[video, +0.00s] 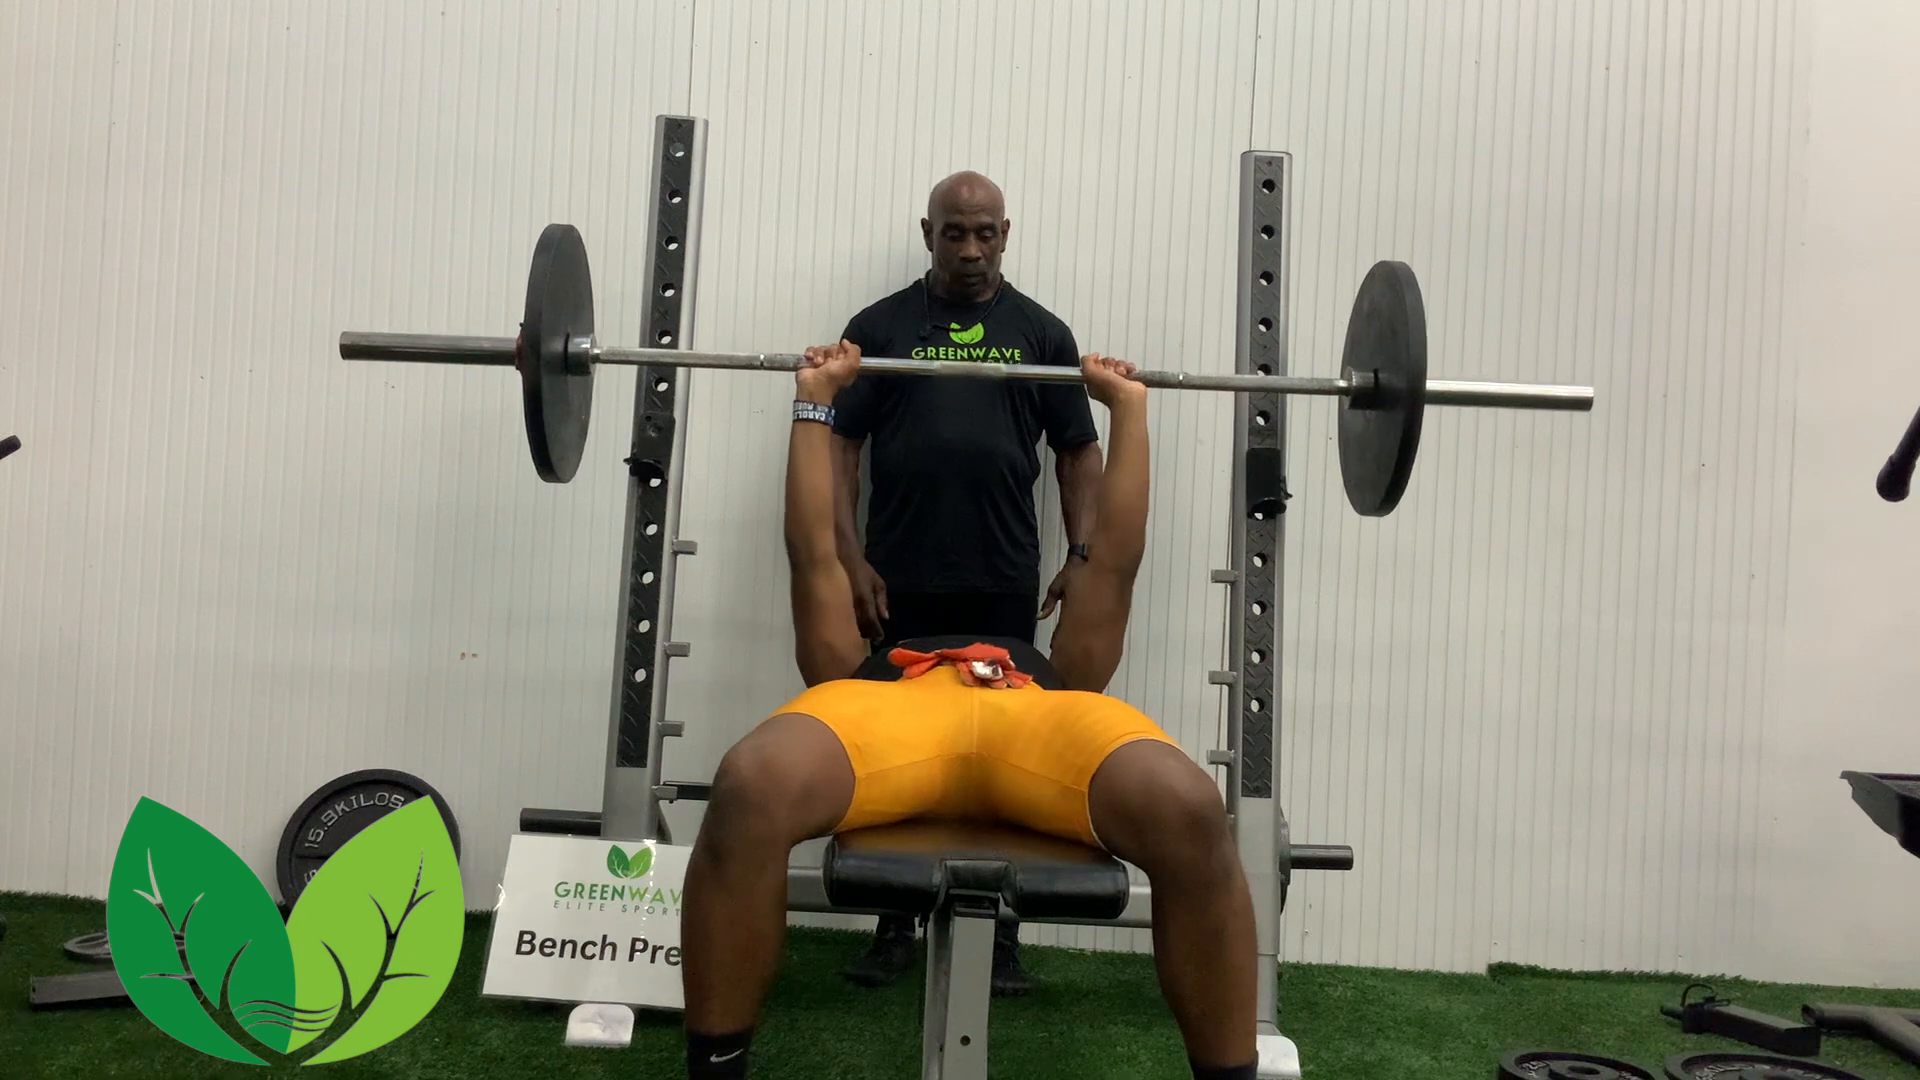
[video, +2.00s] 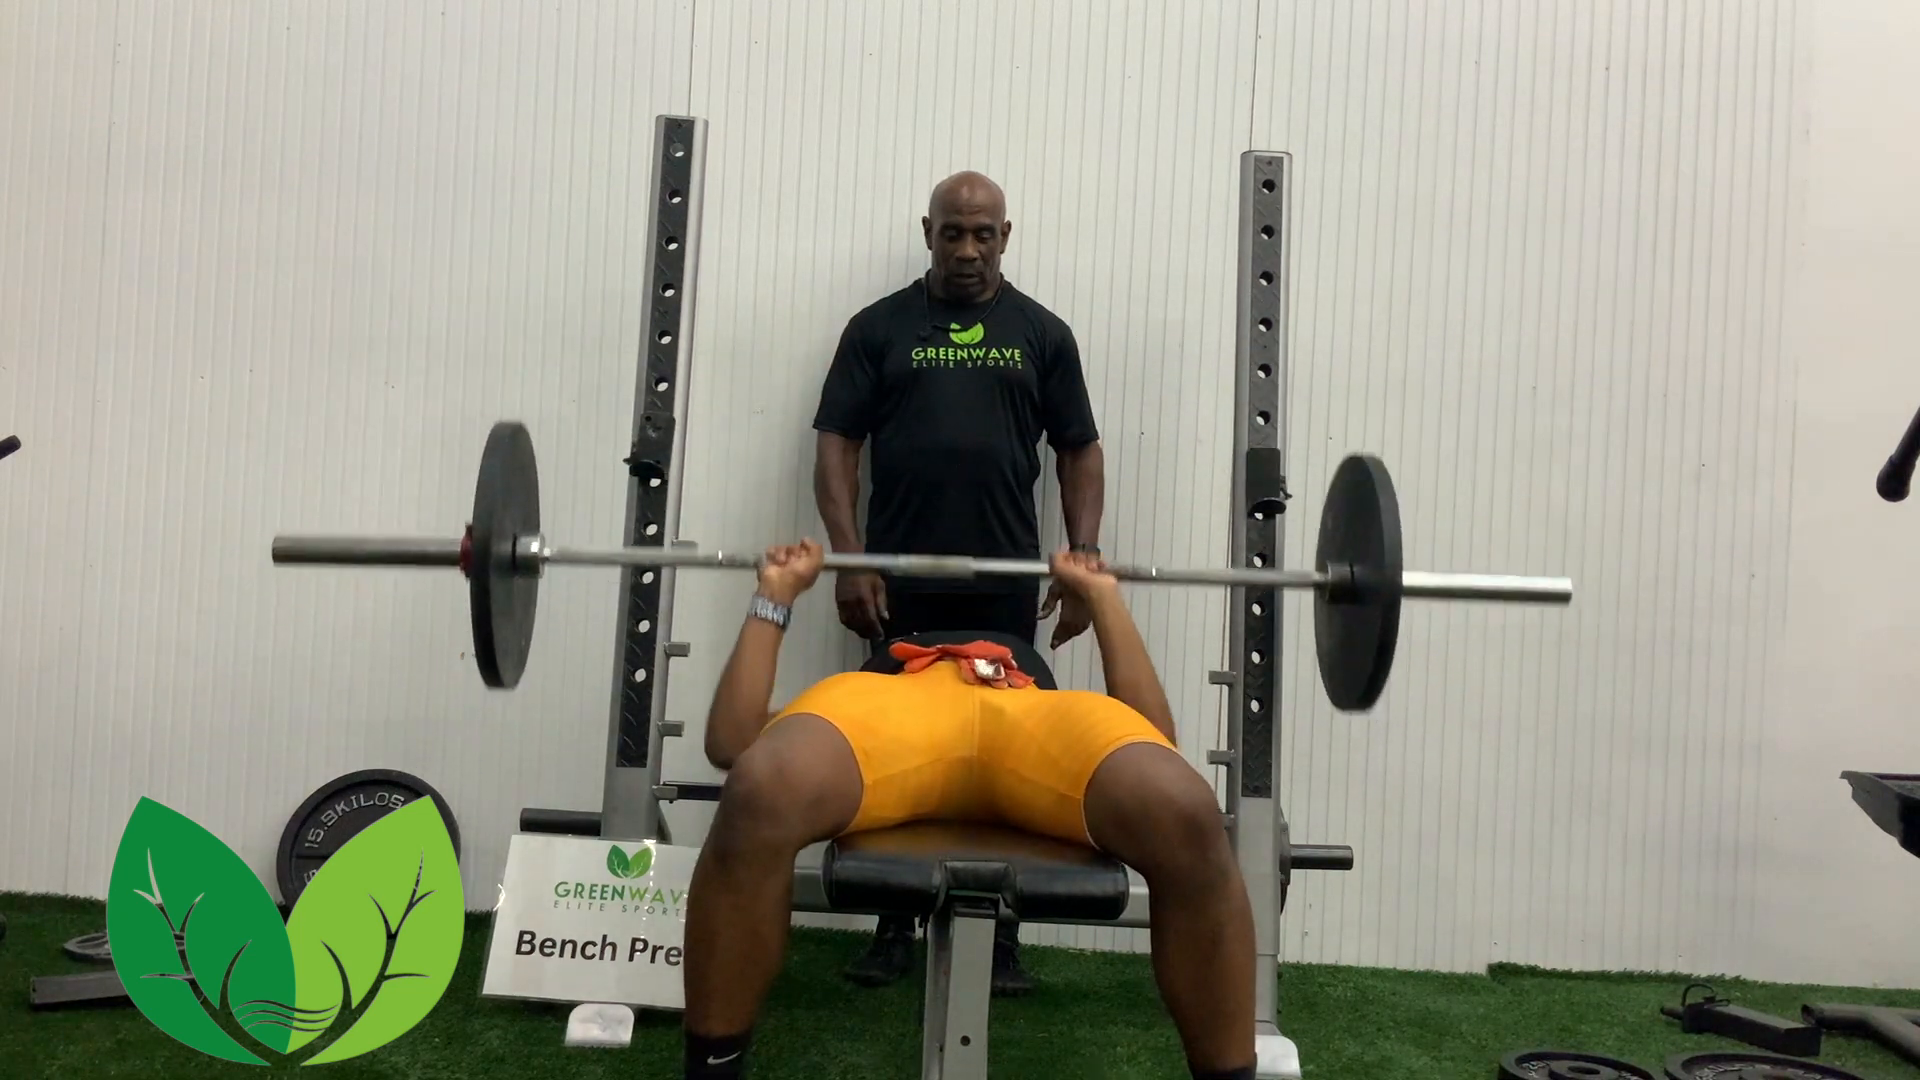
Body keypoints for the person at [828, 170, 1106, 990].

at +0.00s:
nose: (972, 249)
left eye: (987, 234)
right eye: (956, 233)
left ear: (1006, 237)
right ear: (927, 236)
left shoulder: (1043, 336)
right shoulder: (873, 333)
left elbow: (1077, 456)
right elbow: (842, 456)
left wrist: (1079, 555)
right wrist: (851, 558)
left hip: (1007, 582)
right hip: (899, 576)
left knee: (1010, 756)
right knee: (892, 750)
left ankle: (999, 929)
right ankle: (896, 920)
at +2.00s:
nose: (969, 249)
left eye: (985, 235)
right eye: (954, 233)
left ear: (1007, 239)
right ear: (928, 235)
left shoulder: (1041, 335)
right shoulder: (877, 330)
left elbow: (1079, 452)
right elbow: (836, 451)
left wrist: (1083, 560)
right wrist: (850, 562)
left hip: (1005, 591)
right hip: (903, 587)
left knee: (1011, 763)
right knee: (892, 757)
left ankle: (1000, 931)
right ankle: (895, 922)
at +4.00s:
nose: (968, 244)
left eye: (984, 231)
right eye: (952, 229)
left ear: (1005, 239)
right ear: (927, 235)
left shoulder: (1042, 336)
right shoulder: (876, 330)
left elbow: (1079, 452)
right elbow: (835, 447)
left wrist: (1082, 558)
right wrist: (848, 560)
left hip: (1006, 590)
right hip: (901, 587)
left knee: (1012, 761)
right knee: (889, 757)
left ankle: (1000, 930)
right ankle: (895, 922)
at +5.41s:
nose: (968, 243)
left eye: (985, 230)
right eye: (953, 228)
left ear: (1005, 239)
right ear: (926, 233)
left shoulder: (1042, 336)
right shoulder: (875, 331)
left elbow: (1078, 453)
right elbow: (836, 455)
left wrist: (1083, 557)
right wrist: (849, 560)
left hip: (1005, 588)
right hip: (901, 586)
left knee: (1012, 756)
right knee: (892, 754)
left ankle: (1000, 930)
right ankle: (895, 923)